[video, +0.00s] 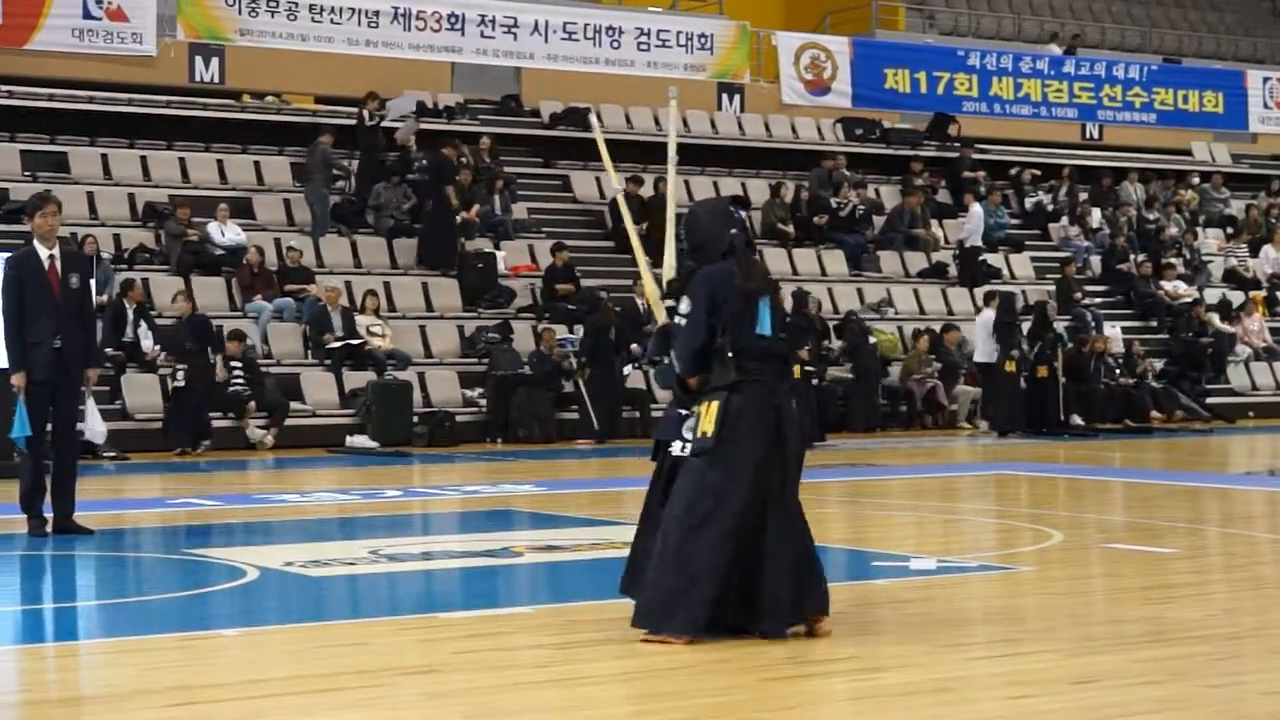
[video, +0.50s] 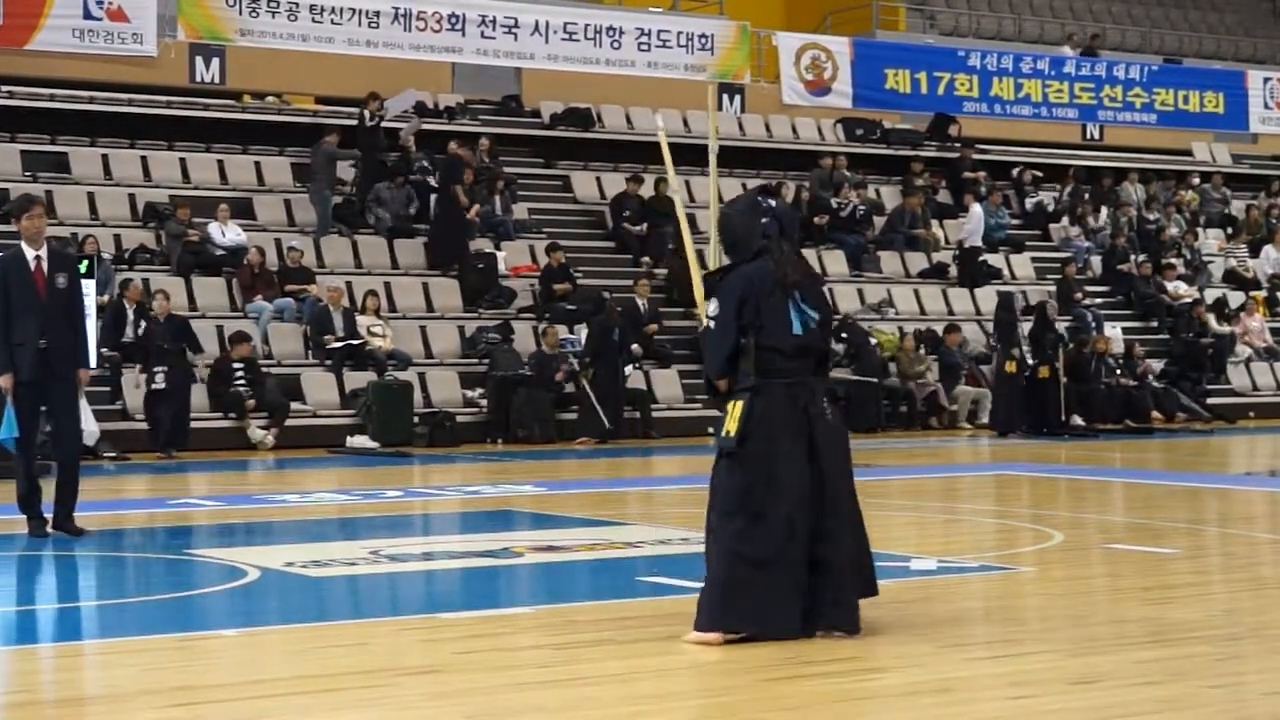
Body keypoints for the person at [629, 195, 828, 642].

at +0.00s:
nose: (687, 242)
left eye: (691, 234)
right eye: (688, 234)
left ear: (705, 237)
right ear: (739, 233)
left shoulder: (706, 281)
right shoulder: (762, 279)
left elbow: (689, 354)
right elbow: (771, 346)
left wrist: (691, 385)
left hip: (731, 409)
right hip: (778, 406)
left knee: (695, 510)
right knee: (779, 506)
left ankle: (678, 620)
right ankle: (812, 606)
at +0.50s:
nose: (725, 240)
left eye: (728, 233)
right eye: (727, 232)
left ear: (740, 235)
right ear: (777, 231)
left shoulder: (739, 283)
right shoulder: (808, 280)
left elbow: (716, 359)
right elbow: (821, 352)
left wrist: (725, 383)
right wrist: (790, 378)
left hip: (761, 411)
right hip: (812, 409)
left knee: (735, 511)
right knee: (824, 510)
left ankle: (723, 616)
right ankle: (835, 613)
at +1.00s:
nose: (736, 236)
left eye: (738, 228)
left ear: (745, 231)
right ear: (787, 226)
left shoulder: (734, 279)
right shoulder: (812, 280)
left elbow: (709, 352)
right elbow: (821, 353)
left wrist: (723, 370)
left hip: (754, 407)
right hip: (809, 407)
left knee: (736, 510)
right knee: (816, 509)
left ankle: (716, 622)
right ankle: (825, 617)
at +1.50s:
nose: (781, 229)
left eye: (783, 222)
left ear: (789, 226)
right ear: (833, 224)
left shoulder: (776, 279)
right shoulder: (855, 281)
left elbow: (750, 347)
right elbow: (865, 345)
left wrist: (756, 369)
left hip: (797, 405)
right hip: (852, 404)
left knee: (783, 505)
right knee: (866, 504)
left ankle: (773, 615)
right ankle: (897, 608)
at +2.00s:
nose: (848, 237)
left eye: (855, 228)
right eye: (848, 227)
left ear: (875, 232)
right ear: (904, 229)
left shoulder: (876, 282)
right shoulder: (927, 276)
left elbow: (857, 354)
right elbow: (939, 345)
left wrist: (841, 377)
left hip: (894, 409)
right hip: (940, 407)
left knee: (856, 506)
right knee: (944, 513)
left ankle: (843, 617)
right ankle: (950, 618)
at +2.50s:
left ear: (858, 225)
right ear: (901, 226)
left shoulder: (834, 273)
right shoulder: (922, 280)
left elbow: (804, 337)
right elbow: (935, 345)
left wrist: (824, 370)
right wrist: (910, 379)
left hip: (846, 399)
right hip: (904, 399)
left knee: (841, 504)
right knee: (918, 503)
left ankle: (835, 612)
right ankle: (937, 614)